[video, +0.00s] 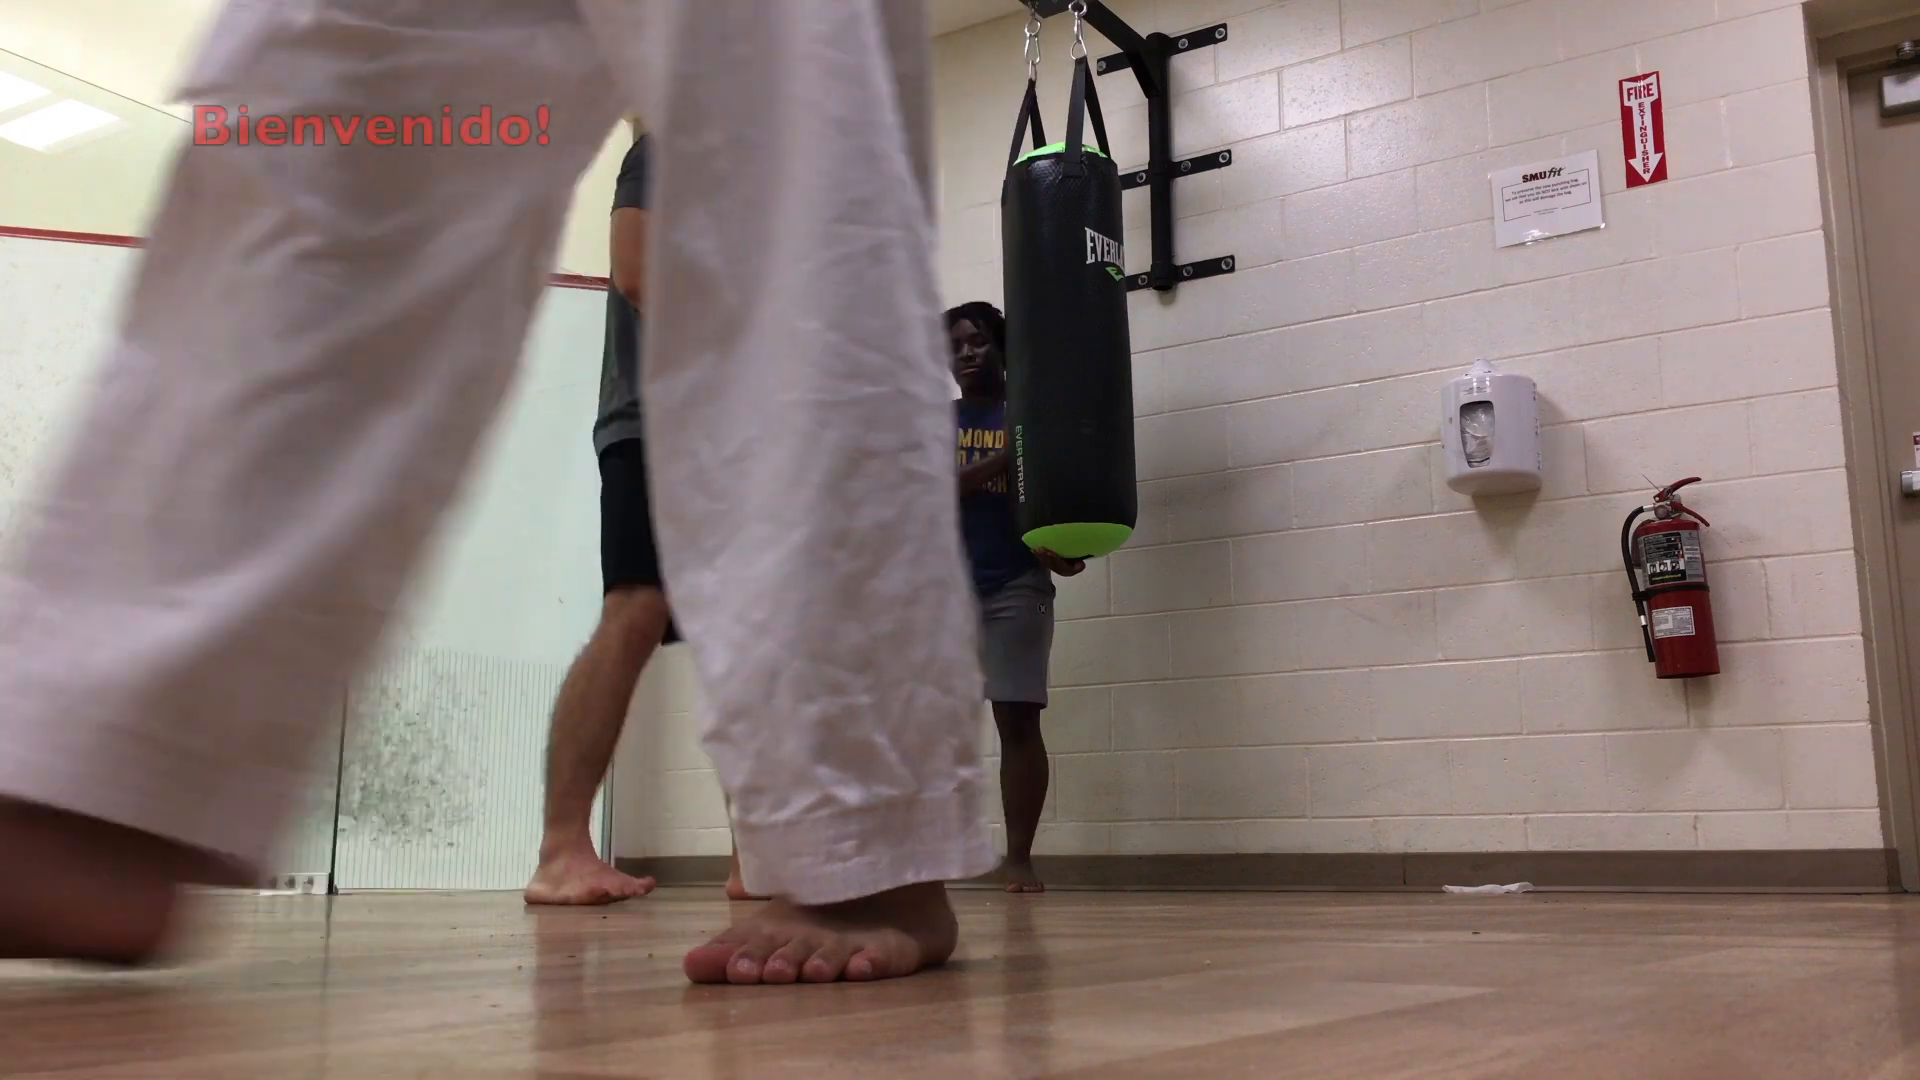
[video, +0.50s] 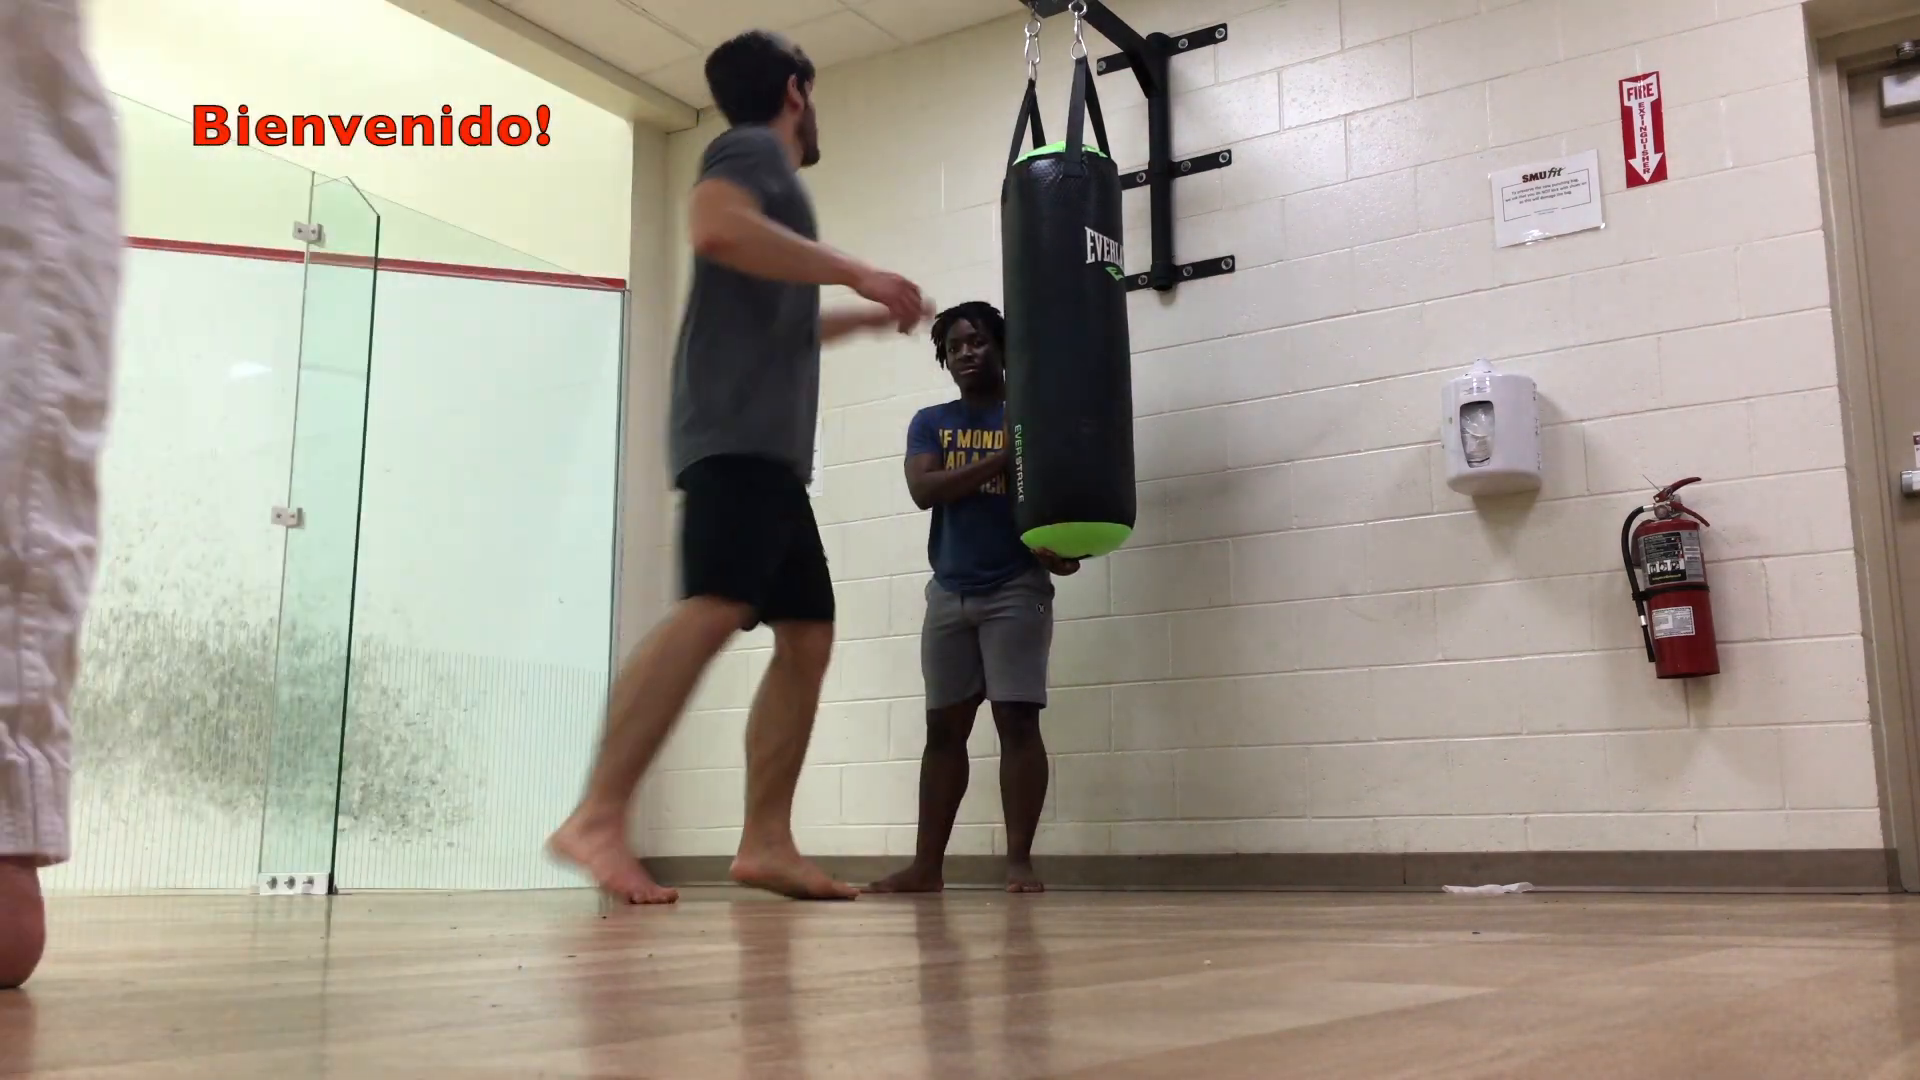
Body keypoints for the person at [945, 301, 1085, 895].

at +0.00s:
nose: (968, 353)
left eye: (977, 342)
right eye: (957, 346)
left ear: (1001, 348)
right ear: (947, 358)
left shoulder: (1030, 412)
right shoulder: (936, 420)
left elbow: (1060, 477)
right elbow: (927, 493)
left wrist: (1068, 552)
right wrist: (1005, 462)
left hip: (1017, 584)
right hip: (948, 586)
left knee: (1017, 721)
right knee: (936, 714)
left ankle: (1018, 858)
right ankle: (927, 859)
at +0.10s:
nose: (969, 351)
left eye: (979, 341)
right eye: (959, 345)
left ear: (1002, 350)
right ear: (946, 358)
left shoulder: (1027, 417)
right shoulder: (931, 420)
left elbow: (1056, 480)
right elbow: (922, 489)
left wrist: (1066, 552)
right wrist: (999, 462)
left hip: (1018, 590)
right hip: (951, 593)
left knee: (1019, 725)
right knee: (946, 729)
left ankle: (1020, 860)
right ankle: (929, 857)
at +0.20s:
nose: (968, 350)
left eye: (978, 340)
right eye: (957, 345)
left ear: (1002, 349)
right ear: (946, 360)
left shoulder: (1028, 417)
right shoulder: (931, 421)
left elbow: (1058, 480)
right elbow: (923, 489)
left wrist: (1068, 553)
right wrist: (998, 462)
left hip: (1018, 590)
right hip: (950, 593)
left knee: (1018, 725)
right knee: (944, 732)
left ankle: (1020, 861)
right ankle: (927, 865)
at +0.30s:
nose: (966, 351)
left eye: (976, 340)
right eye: (955, 345)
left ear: (1001, 349)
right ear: (945, 360)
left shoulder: (1028, 413)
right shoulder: (930, 420)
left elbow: (1057, 480)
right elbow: (923, 488)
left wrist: (1066, 549)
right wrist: (1004, 460)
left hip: (1018, 589)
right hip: (950, 594)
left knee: (1018, 724)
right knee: (944, 729)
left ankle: (1020, 862)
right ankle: (926, 865)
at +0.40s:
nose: (966, 351)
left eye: (977, 340)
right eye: (955, 346)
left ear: (1002, 349)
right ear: (946, 361)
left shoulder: (1028, 414)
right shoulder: (929, 420)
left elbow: (1059, 480)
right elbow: (922, 488)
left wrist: (1067, 550)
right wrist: (1002, 461)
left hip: (1018, 588)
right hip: (950, 593)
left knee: (1016, 722)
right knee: (944, 727)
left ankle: (1019, 861)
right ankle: (927, 865)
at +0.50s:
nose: (966, 352)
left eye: (976, 341)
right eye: (955, 346)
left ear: (1002, 349)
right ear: (945, 361)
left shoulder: (1028, 414)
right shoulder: (930, 421)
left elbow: (1058, 479)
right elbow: (922, 488)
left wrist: (1065, 548)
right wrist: (1002, 460)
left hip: (1017, 589)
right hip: (950, 593)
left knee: (1016, 723)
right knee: (944, 729)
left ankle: (1019, 861)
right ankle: (927, 865)